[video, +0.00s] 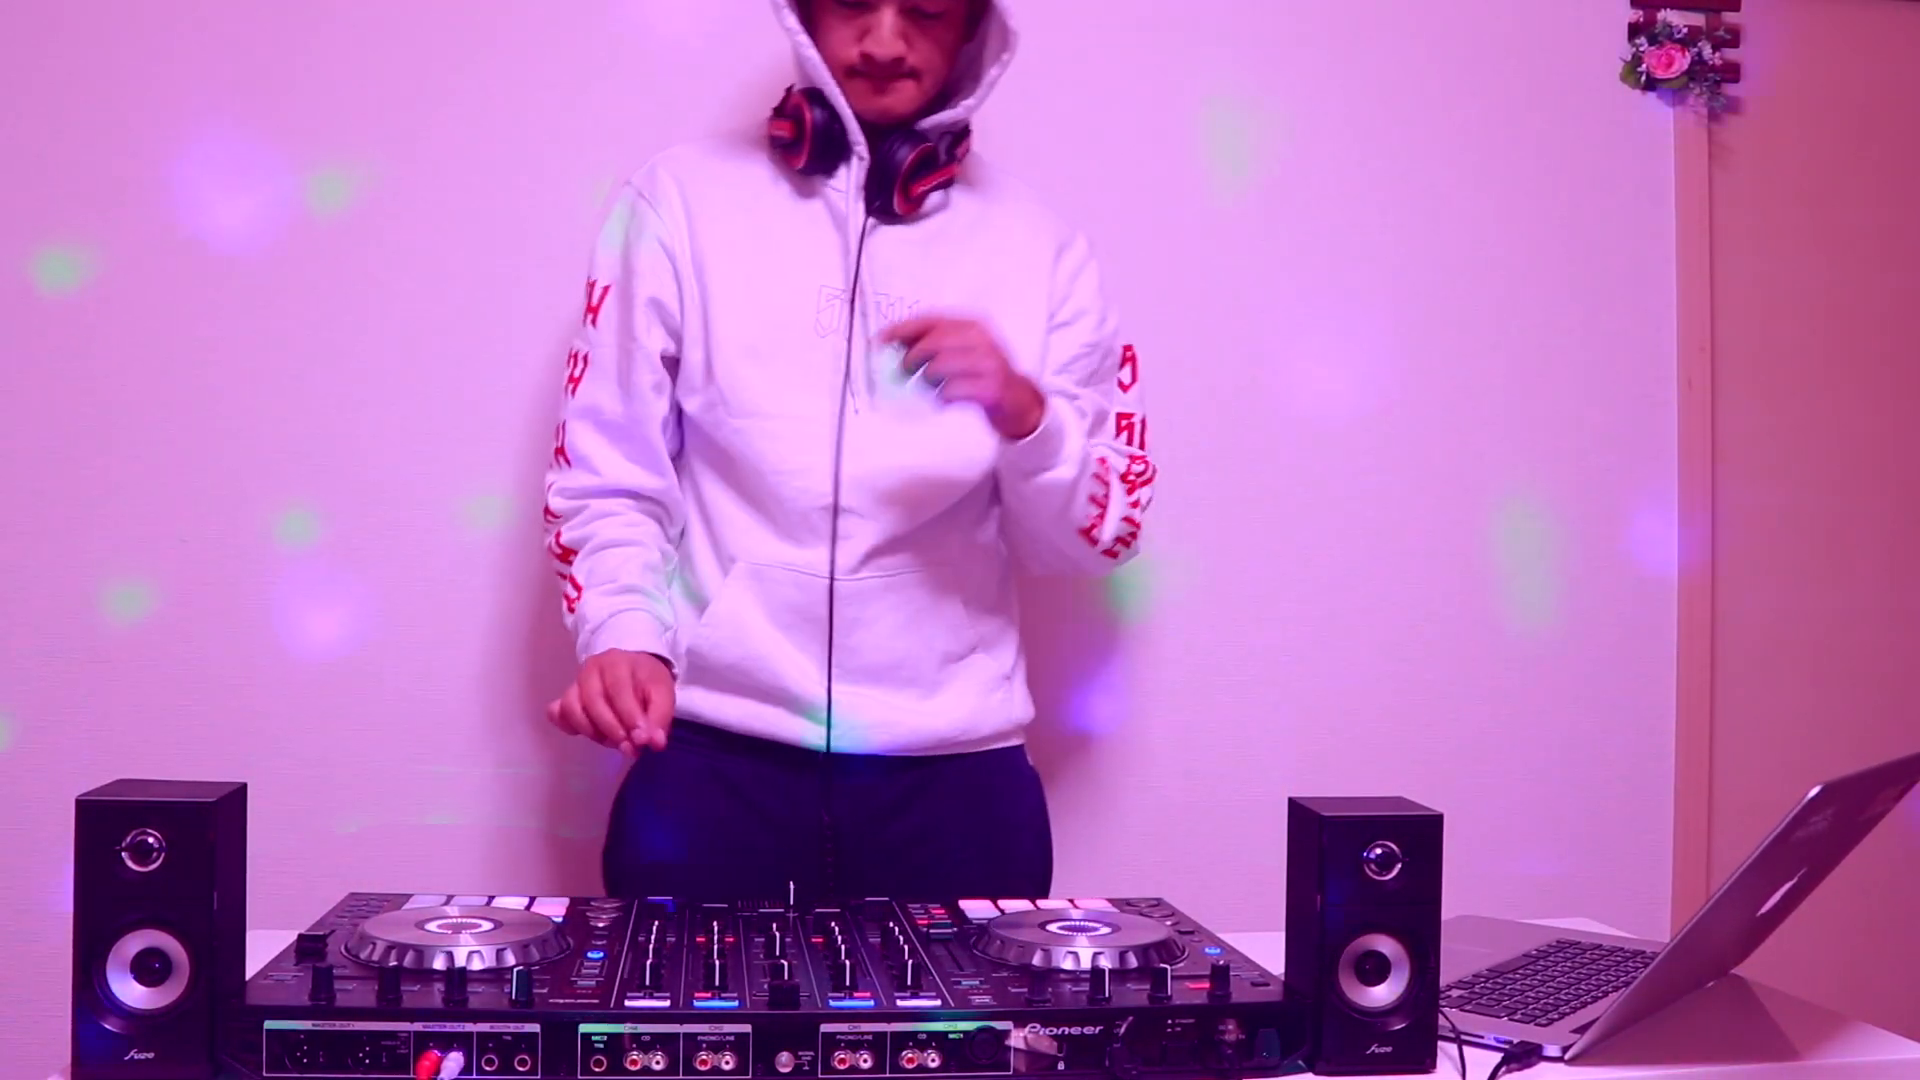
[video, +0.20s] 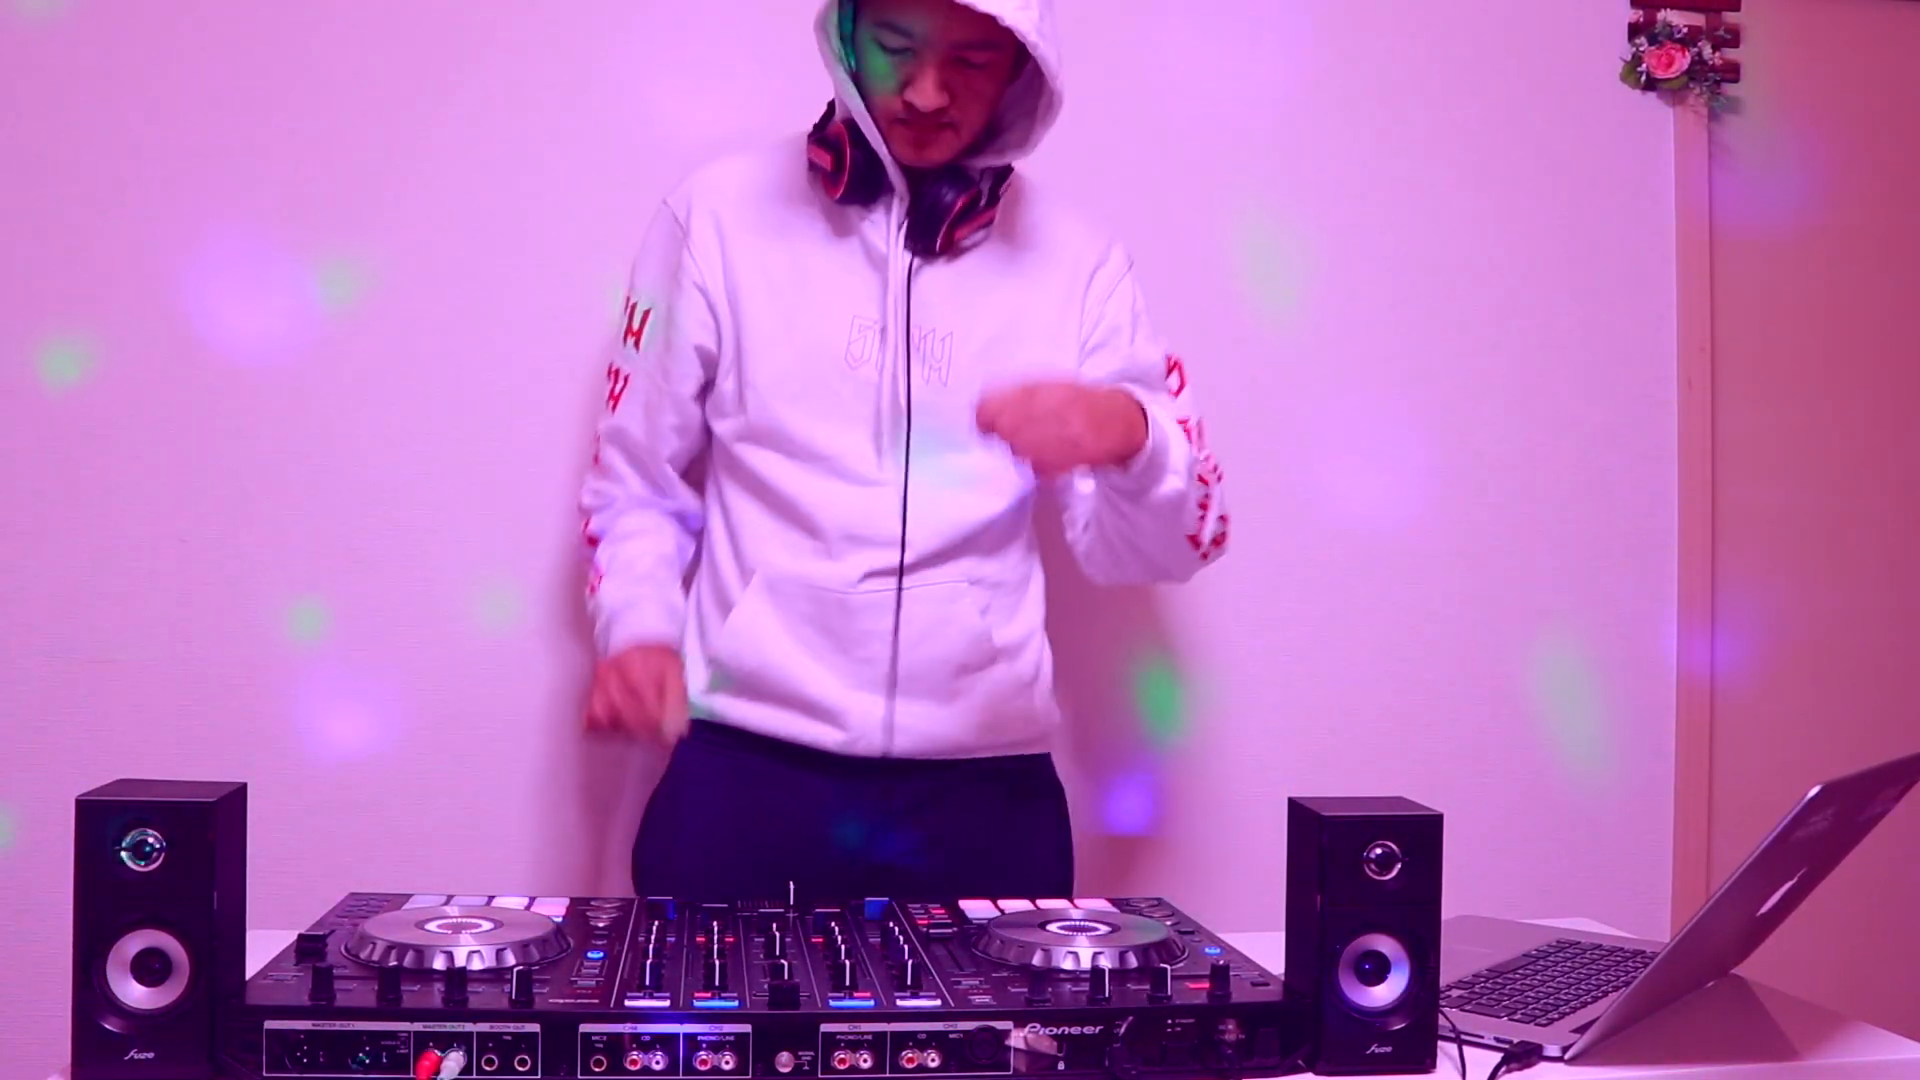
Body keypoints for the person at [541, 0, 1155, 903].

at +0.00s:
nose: (883, 43)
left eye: (924, 12)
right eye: (851, 5)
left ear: (971, 31)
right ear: (803, 14)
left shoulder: (1038, 249)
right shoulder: (681, 205)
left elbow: (1100, 534)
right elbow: (608, 476)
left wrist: (1023, 412)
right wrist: (623, 635)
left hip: (956, 784)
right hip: (715, 772)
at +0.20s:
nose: (926, 94)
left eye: (970, 60)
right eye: (894, 46)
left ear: (1018, 72)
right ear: (845, 34)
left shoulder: (1073, 261)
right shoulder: (724, 215)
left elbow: (1169, 548)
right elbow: (637, 469)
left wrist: (1130, 431)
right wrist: (640, 630)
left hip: (986, 795)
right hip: (749, 779)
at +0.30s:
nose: (920, 71)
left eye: (962, 37)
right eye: (885, 31)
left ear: (1009, 40)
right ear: (840, 29)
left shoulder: (1089, 245)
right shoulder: (726, 215)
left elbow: (1222, 454)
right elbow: (661, 441)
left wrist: (1118, 507)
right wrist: (650, 517)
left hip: (990, 799)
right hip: (756, 787)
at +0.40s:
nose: (893, 70)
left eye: (935, 35)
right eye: (859, 33)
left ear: (989, 44)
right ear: (819, 41)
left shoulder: (1092, 246)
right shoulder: (740, 233)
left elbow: (1243, 458)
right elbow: (659, 519)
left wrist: (1088, 630)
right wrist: (642, 438)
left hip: (987, 800)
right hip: (755, 789)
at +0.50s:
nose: (859, 59)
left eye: (896, 24)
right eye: (824, 22)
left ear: (952, 28)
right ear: (786, 31)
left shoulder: (1077, 215)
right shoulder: (727, 221)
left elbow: (1207, 477)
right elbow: (628, 491)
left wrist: (1109, 713)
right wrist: (671, 335)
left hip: (975, 783)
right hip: (743, 763)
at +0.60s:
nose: (830, 40)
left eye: (867, 4)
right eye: (794, 7)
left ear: (929, 12)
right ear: (758, 22)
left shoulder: (1046, 214)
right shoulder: (690, 216)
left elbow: (1155, 498)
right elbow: (595, 473)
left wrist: (1135, 778)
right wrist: (710, 297)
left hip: (953, 795)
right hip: (715, 777)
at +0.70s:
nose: (810, 60)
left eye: (853, 22)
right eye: (777, 21)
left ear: (906, 34)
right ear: (735, 33)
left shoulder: (998, 250)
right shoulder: (641, 232)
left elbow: (1088, 546)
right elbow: (547, 477)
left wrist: (1117, 824)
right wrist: (728, 355)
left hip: (924, 808)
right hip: (680, 805)